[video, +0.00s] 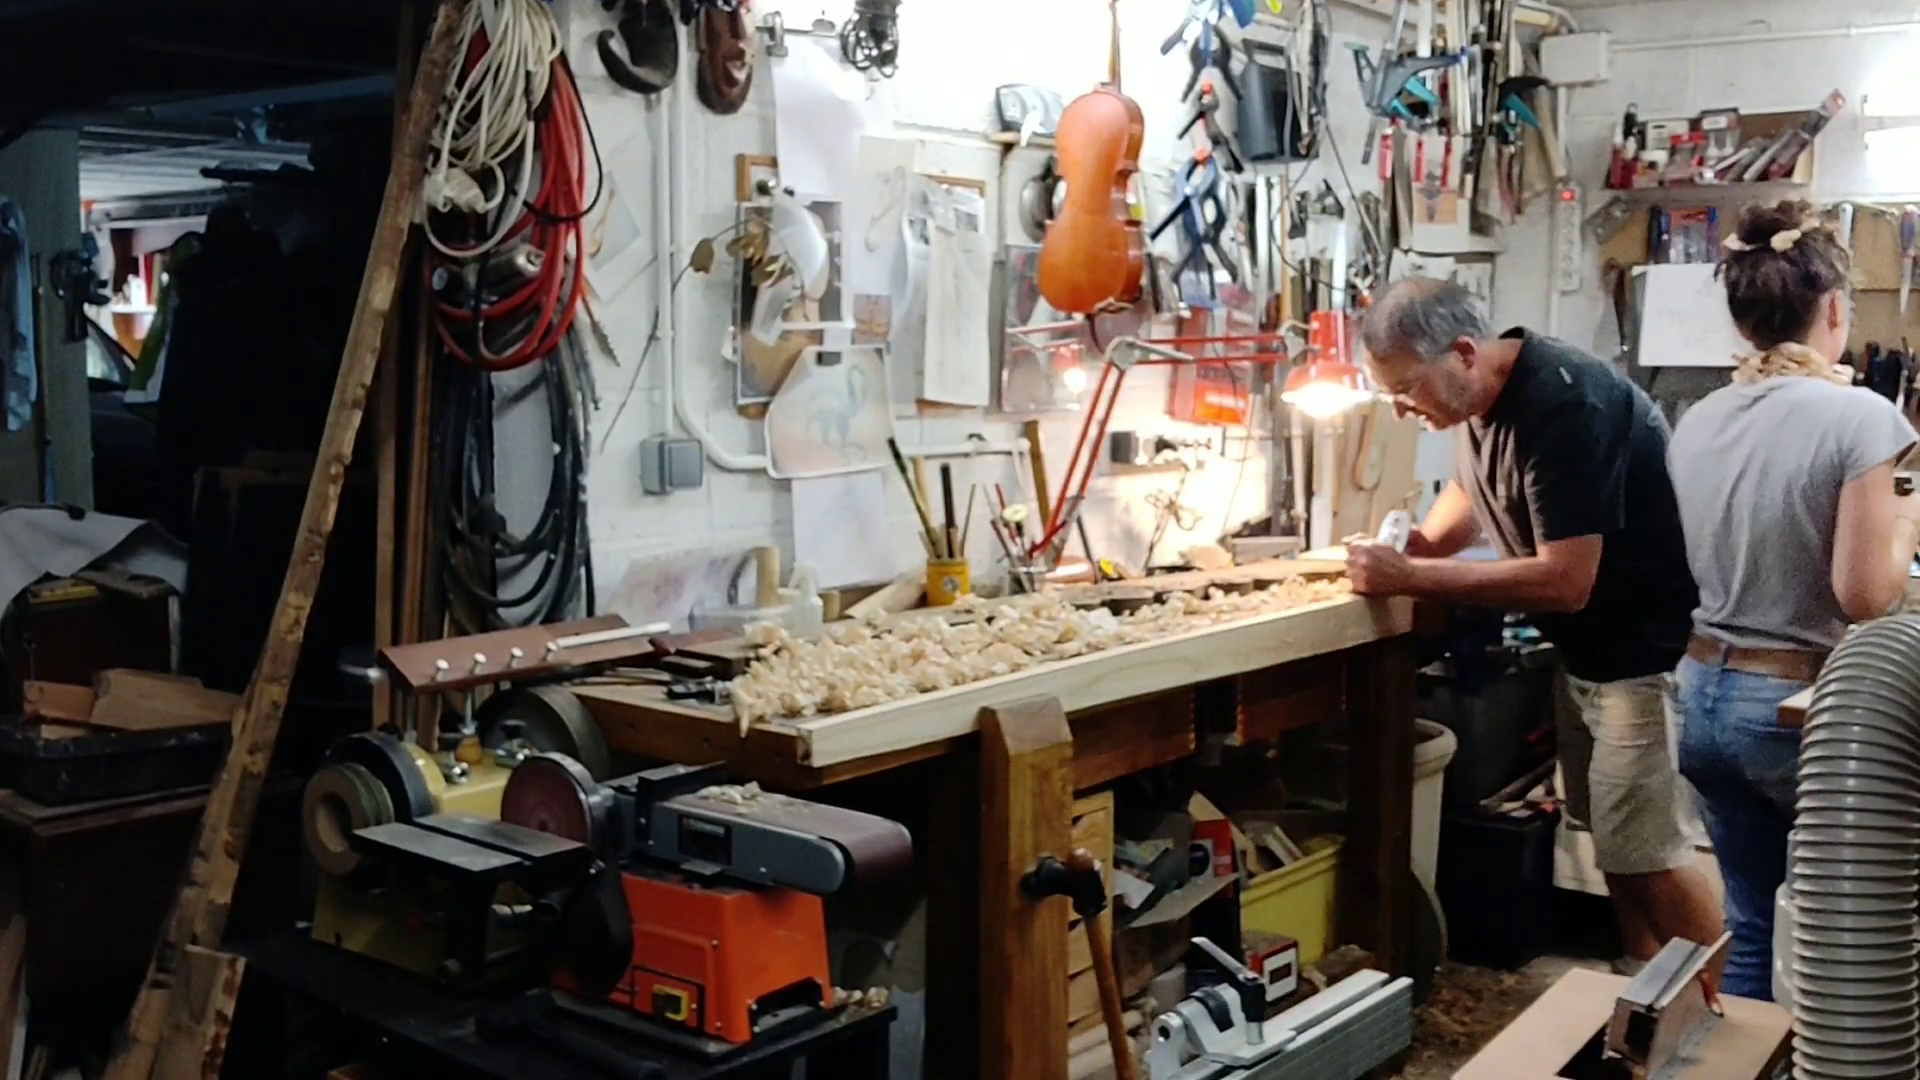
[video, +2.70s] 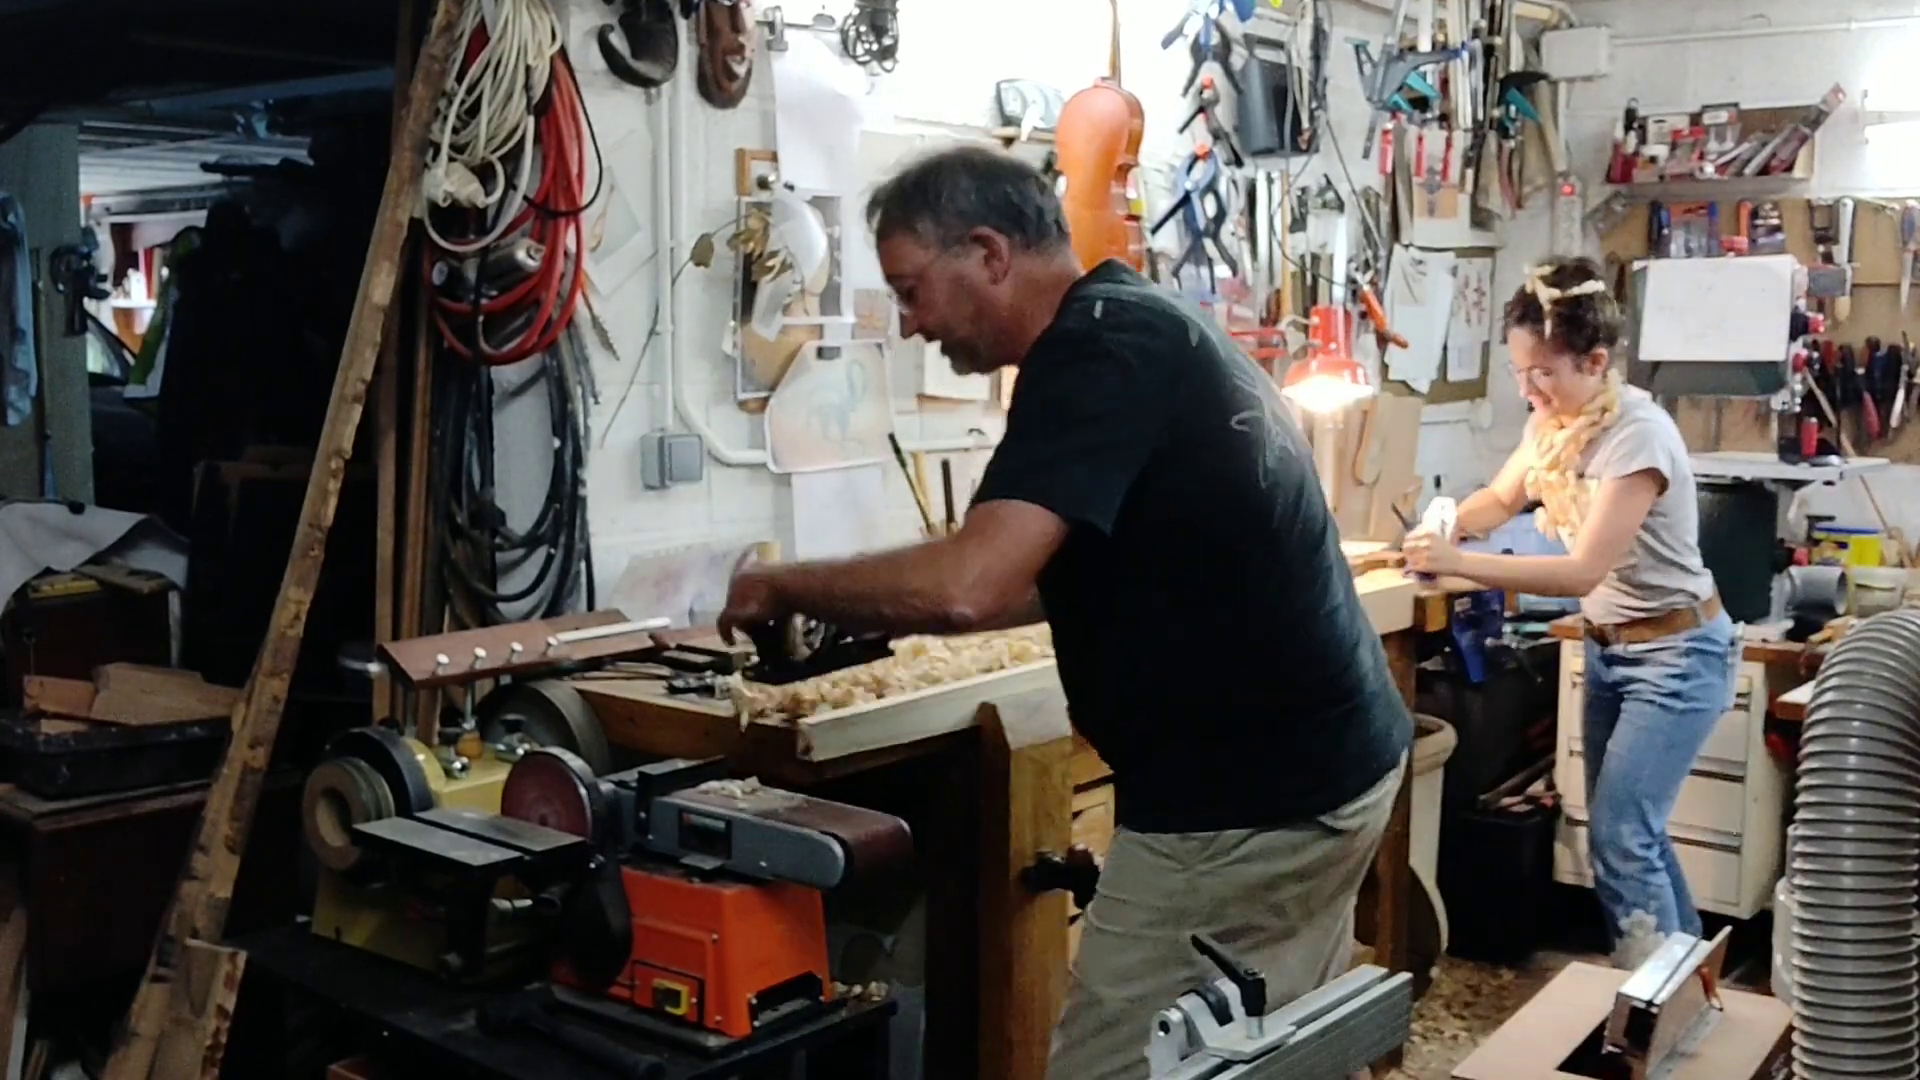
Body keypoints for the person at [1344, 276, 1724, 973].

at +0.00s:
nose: (1404, 409)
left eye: (1410, 388)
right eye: (1393, 395)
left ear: (1467, 352)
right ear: (1466, 353)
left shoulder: (1566, 404)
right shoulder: (1483, 402)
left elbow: (1568, 582)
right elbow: (1470, 494)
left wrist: (1409, 575)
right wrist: (1411, 553)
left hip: (1645, 659)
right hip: (1582, 654)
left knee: (1647, 854)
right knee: (1616, 853)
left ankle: (1728, 1013)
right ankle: (1659, 1001)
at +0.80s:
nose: (1328, 415)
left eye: (1337, 394)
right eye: (1320, 398)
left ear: (1398, 358)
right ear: (1394, 359)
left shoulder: (1499, 415)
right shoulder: (1405, 415)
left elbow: (1448, 606)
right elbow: (1361, 530)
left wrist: (1269, 604)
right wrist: (1297, 565)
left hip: (1629, 693)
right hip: (1512, 679)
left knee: (1631, 924)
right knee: (1484, 867)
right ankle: (1557, 1014)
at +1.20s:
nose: (1217, 423)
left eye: (1226, 402)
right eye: (1209, 406)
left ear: (1292, 362)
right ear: (1289, 363)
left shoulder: (1401, 418)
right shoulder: (1294, 428)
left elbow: (1366, 624)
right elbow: (1264, 543)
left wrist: (1179, 622)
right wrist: (1210, 583)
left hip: (1509, 709)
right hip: (1403, 703)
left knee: (1492, 938)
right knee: (1405, 912)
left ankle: (1601, 1049)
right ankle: (1473, 1060)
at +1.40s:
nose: (1174, 422)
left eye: (1181, 400)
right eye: (1164, 404)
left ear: (1249, 360)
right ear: (1243, 361)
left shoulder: (1361, 416)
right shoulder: (1257, 422)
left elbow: (1327, 632)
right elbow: (1228, 543)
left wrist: (1138, 629)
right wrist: (1172, 584)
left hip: (1488, 688)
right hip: (1401, 690)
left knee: (1424, 927)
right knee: (1410, 919)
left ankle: (1449, 1079)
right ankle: (1468, 1067)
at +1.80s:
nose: (1073, 420)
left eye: (1080, 394)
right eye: (1062, 401)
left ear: (1153, 353)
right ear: (1152, 354)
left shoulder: (1272, 413)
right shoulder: (1180, 415)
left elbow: (1225, 655)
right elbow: (1145, 558)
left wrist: (1020, 661)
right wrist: (1073, 613)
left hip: (1415, 730)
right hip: (1329, 726)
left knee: (1305, 975)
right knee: (1351, 952)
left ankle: (1422, 1063)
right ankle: (1437, 1065)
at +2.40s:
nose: (946, 419)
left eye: (952, 391)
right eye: (936, 397)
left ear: (1029, 346)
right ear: (1031, 346)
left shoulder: (1156, 413)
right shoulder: (1080, 410)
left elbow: (1087, 678)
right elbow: (1046, 579)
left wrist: (865, 693)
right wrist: (946, 638)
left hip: (1312, 763)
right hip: (1237, 753)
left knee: (1226, 1042)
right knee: (1211, 1029)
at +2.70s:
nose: (910, 324)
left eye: (912, 290)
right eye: (901, 297)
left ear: (990, 254)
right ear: (997, 253)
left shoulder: (1095, 348)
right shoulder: (1138, 325)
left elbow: (974, 582)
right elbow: (1063, 577)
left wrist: (777, 584)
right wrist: (879, 603)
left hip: (1239, 797)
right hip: (1317, 767)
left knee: (1106, 1064)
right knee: (1275, 1052)